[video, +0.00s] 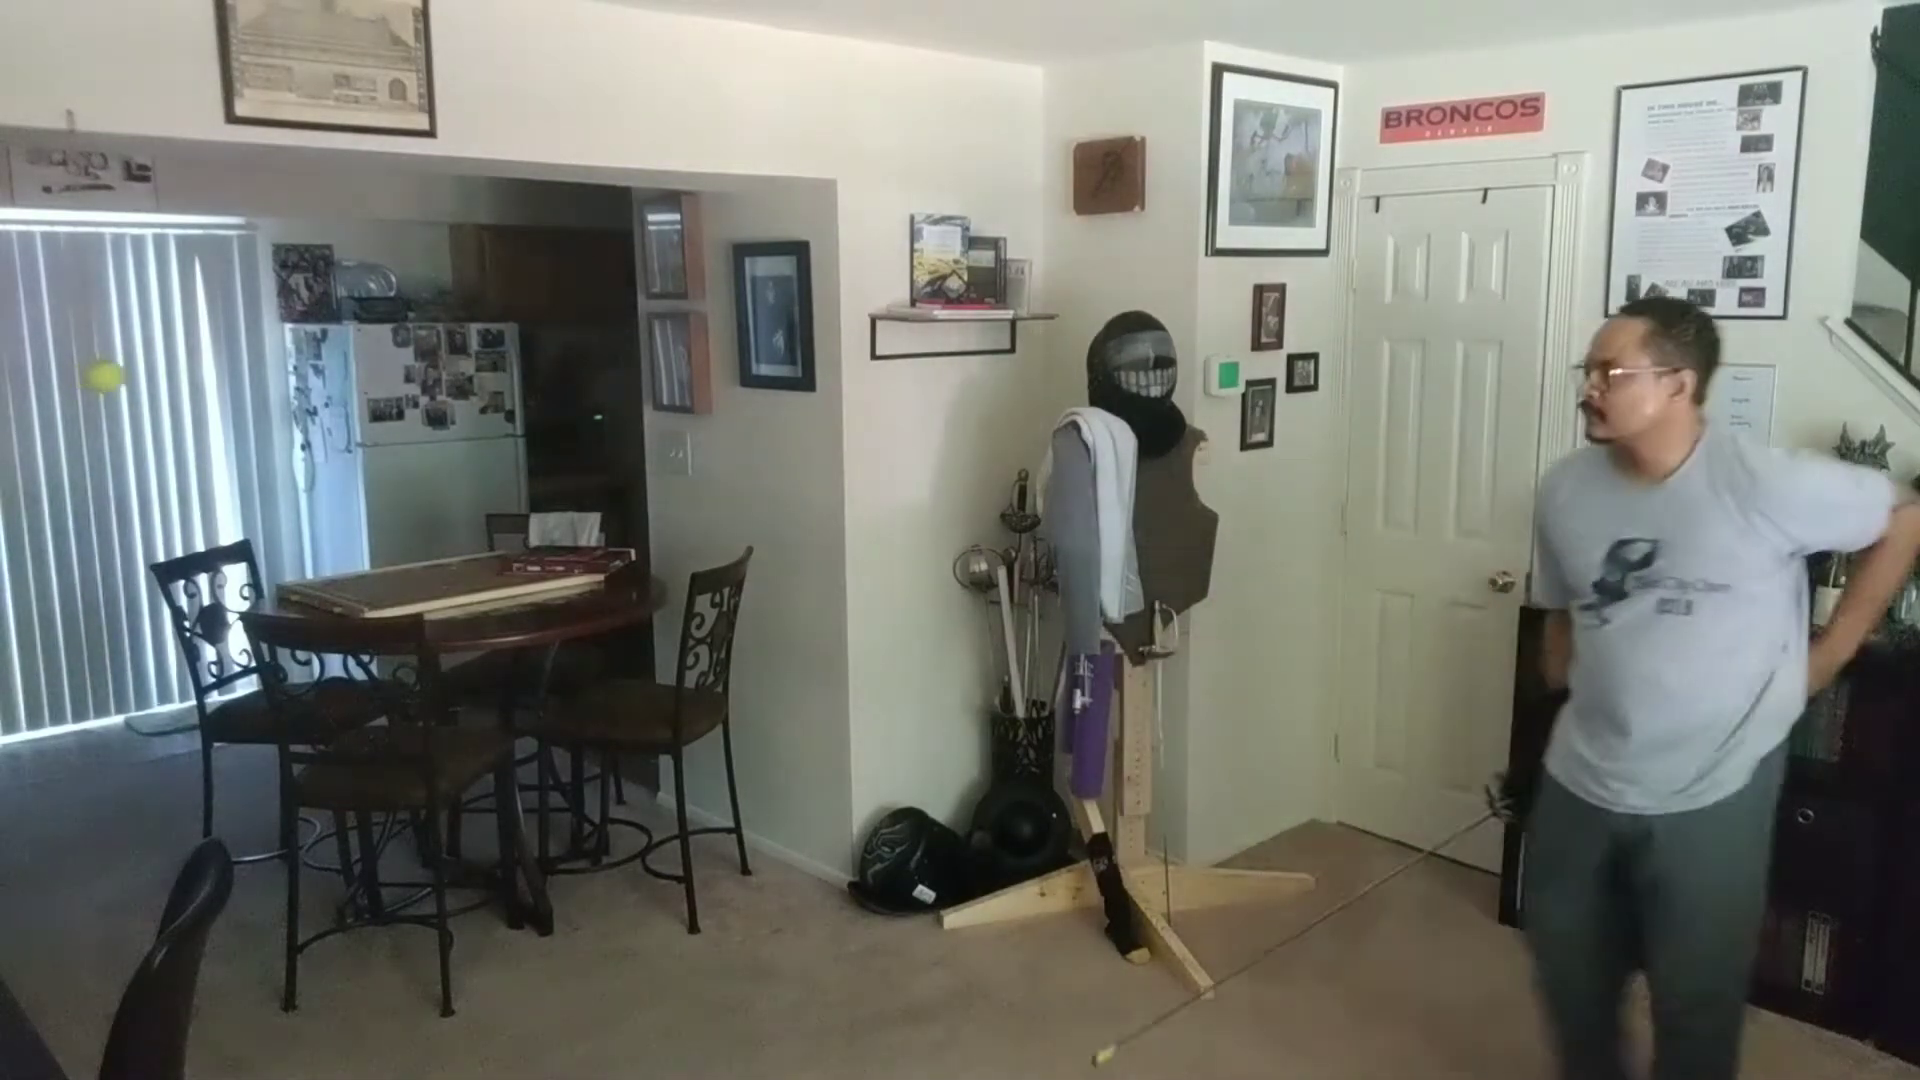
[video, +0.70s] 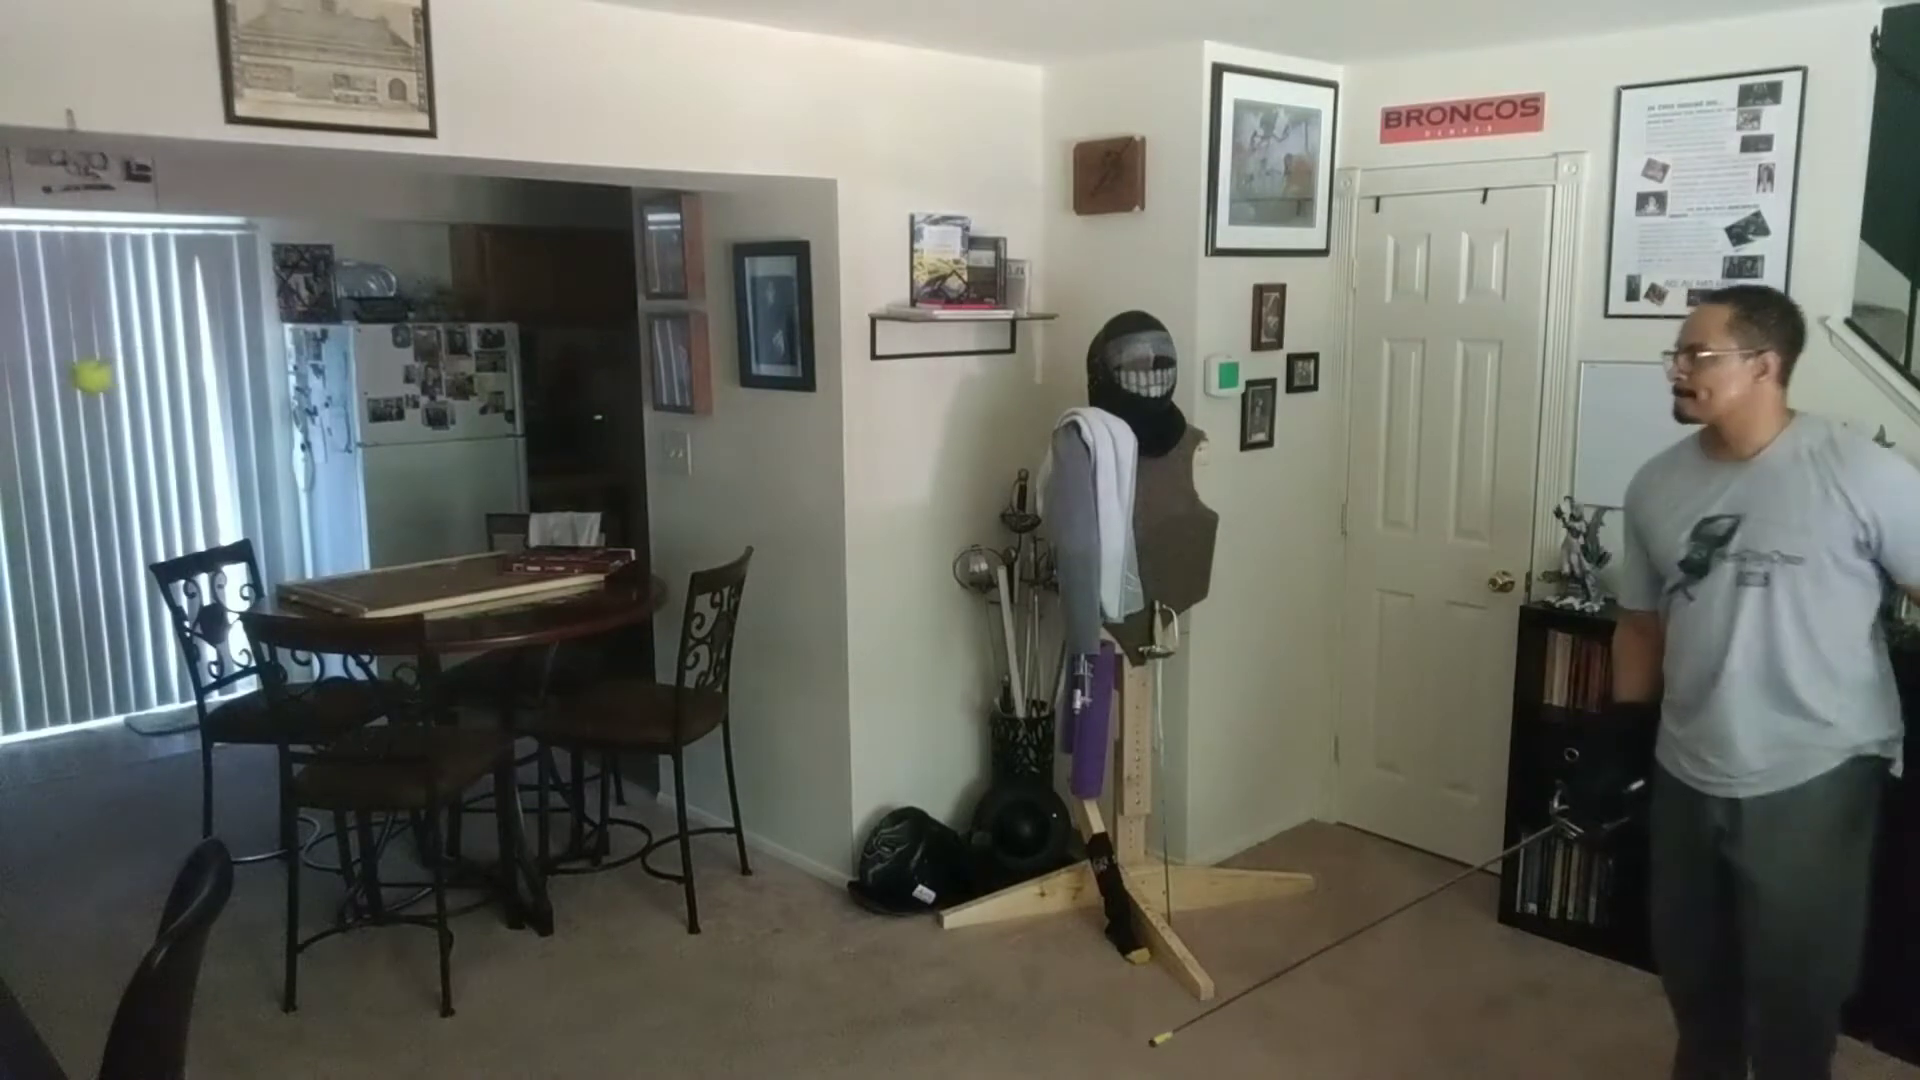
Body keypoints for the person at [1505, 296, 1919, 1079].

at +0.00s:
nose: (1587, 389)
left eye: (1608, 373)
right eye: (1587, 372)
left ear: (1675, 386)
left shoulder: (1763, 483)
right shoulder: (1565, 487)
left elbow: (1904, 518)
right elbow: (1560, 607)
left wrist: (1828, 657)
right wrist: (1563, 675)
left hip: (1716, 798)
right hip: (1579, 783)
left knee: (1696, 1022)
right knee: (1572, 1003)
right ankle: (1592, 1070)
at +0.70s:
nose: (1676, 370)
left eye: (1698, 356)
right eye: (1677, 354)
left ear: (1765, 367)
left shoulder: (1857, 470)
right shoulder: (1654, 486)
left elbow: (1916, 584)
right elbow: (1639, 628)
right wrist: (1623, 753)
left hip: (1814, 781)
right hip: (1686, 776)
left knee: (1792, 1016)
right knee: (1697, 1005)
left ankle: (1788, 1071)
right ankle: (1706, 1065)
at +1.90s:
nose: (1642, 501)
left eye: (1664, 486)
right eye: (1646, 484)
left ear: (1735, 501)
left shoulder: (1832, 571)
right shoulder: (1640, 589)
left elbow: (1795, 697)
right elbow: (1524, 642)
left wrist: (1674, 579)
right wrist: (1401, 607)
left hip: (1878, 874)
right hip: (1729, 837)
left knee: (1839, 1068)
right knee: (1612, 1028)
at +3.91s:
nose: (1472, 479)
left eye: (1493, 465)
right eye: (1476, 463)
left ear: (1561, 478)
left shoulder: (1656, 558)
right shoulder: (1466, 563)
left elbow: (1607, 682)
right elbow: (1351, 624)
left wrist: (1517, 546)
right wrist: (1232, 577)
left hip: (1640, 863)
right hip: (1506, 822)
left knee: (1627, 1058)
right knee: (1408, 945)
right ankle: (1425, 1074)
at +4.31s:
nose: (1312, 506)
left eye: (1332, 493)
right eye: (1314, 490)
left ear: (1398, 509)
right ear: (1330, 505)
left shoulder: (1509, 590)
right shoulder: (1289, 572)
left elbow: (1652, 666)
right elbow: (1144, 541)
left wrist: (1778, 756)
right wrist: (1015, 514)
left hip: (1494, 881)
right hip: (1351, 828)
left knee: (1552, 1050)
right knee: (1213, 919)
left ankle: (1587, 1078)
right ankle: (1137, 1070)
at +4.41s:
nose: (1221, 518)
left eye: (1241, 504)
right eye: (1224, 501)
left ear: (1298, 514)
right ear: (1245, 511)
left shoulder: (1407, 597)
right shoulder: (1205, 576)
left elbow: (1566, 653)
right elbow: (1071, 549)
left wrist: (1719, 713)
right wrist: (956, 521)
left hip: (1417, 887)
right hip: (1274, 846)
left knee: (1513, 1041)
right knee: (1133, 954)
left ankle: (1578, 1076)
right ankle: (1048, 1075)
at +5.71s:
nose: (1363, 451)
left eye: (1383, 435)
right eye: (1366, 433)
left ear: (1451, 450)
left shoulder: (1532, 527)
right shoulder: (1373, 550)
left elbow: (1495, 625)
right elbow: (1284, 659)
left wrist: (1367, 524)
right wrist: (1158, 682)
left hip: (1542, 831)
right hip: (1428, 802)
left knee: (1468, 1043)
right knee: (1347, 943)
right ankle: (1450, 1057)